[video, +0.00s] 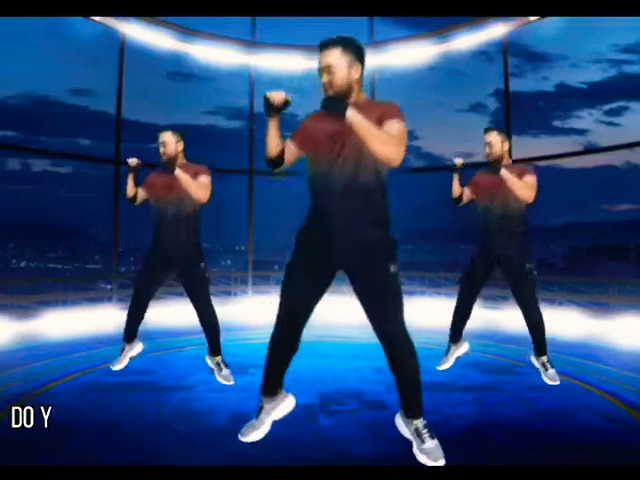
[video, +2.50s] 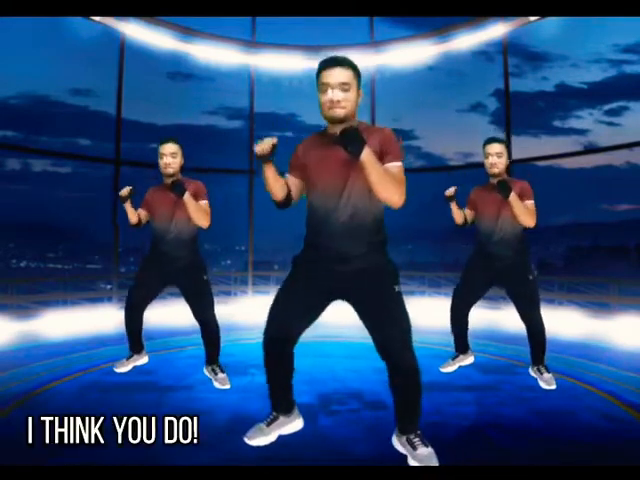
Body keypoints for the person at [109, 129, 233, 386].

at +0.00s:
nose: (162, 149)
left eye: (166, 144)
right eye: (160, 145)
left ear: (180, 146)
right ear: (159, 149)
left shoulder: (199, 173)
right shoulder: (156, 178)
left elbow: (202, 196)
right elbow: (134, 198)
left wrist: (177, 171)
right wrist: (132, 172)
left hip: (189, 251)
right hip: (160, 250)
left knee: (203, 305)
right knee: (140, 297)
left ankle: (216, 356)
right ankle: (129, 343)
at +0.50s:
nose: (166, 161)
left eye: (170, 156)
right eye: (165, 157)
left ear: (185, 159)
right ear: (165, 161)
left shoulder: (204, 185)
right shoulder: (163, 191)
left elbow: (211, 217)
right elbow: (142, 219)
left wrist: (186, 192)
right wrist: (137, 196)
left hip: (194, 261)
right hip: (164, 260)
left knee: (211, 316)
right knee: (141, 304)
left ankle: (214, 363)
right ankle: (139, 353)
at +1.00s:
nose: (156, 164)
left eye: (160, 160)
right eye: (155, 160)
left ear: (169, 162)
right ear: (161, 162)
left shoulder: (170, 180)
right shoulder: (173, 182)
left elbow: (140, 183)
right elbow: (139, 183)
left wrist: (117, 178)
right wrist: (121, 180)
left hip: (172, 256)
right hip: (160, 255)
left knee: (180, 315)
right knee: (136, 297)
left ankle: (230, 356)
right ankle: (140, 352)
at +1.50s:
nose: (158, 160)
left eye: (162, 155)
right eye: (156, 156)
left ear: (177, 155)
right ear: (158, 158)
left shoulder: (196, 179)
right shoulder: (156, 189)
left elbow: (206, 207)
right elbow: (136, 215)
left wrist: (182, 180)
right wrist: (129, 187)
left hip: (192, 258)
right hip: (162, 259)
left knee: (210, 312)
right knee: (143, 305)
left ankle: (217, 362)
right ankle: (140, 353)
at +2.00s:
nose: (169, 167)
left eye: (174, 162)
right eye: (164, 163)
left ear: (183, 165)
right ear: (159, 167)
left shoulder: (196, 192)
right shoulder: (154, 199)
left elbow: (208, 222)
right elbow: (136, 225)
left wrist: (187, 195)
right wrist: (128, 202)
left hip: (191, 269)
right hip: (160, 269)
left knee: (210, 320)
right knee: (131, 307)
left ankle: (218, 363)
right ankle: (139, 353)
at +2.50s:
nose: (168, 161)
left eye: (173, 156)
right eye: (163, 156)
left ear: (182, 160)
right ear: (158, 161)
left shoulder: (195, 188)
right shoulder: (154, 193)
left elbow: (204, 221)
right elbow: (137, 220)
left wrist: (184, 194)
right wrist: (126, 201)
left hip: (189, 264)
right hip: (157, 264)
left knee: (207, 318)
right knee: (133, 306)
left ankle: (213, 365)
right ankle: (138, 353)